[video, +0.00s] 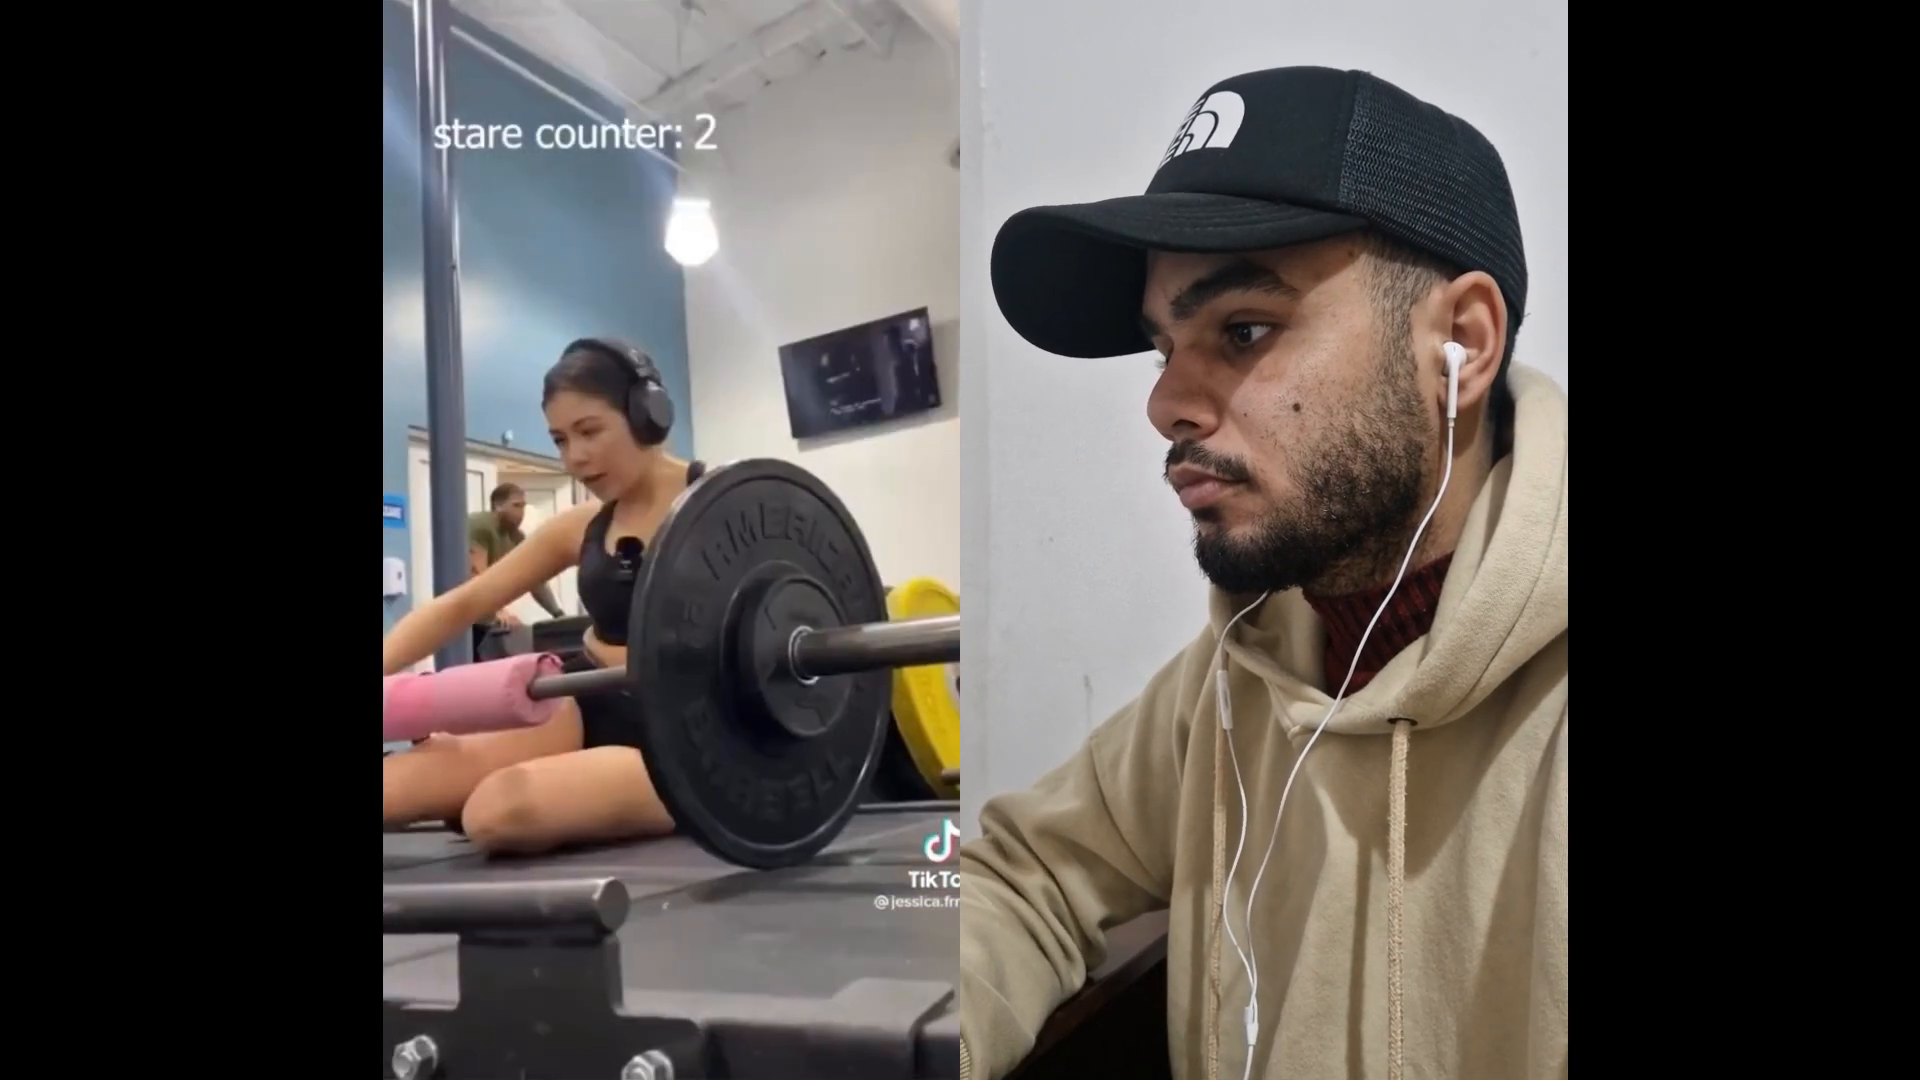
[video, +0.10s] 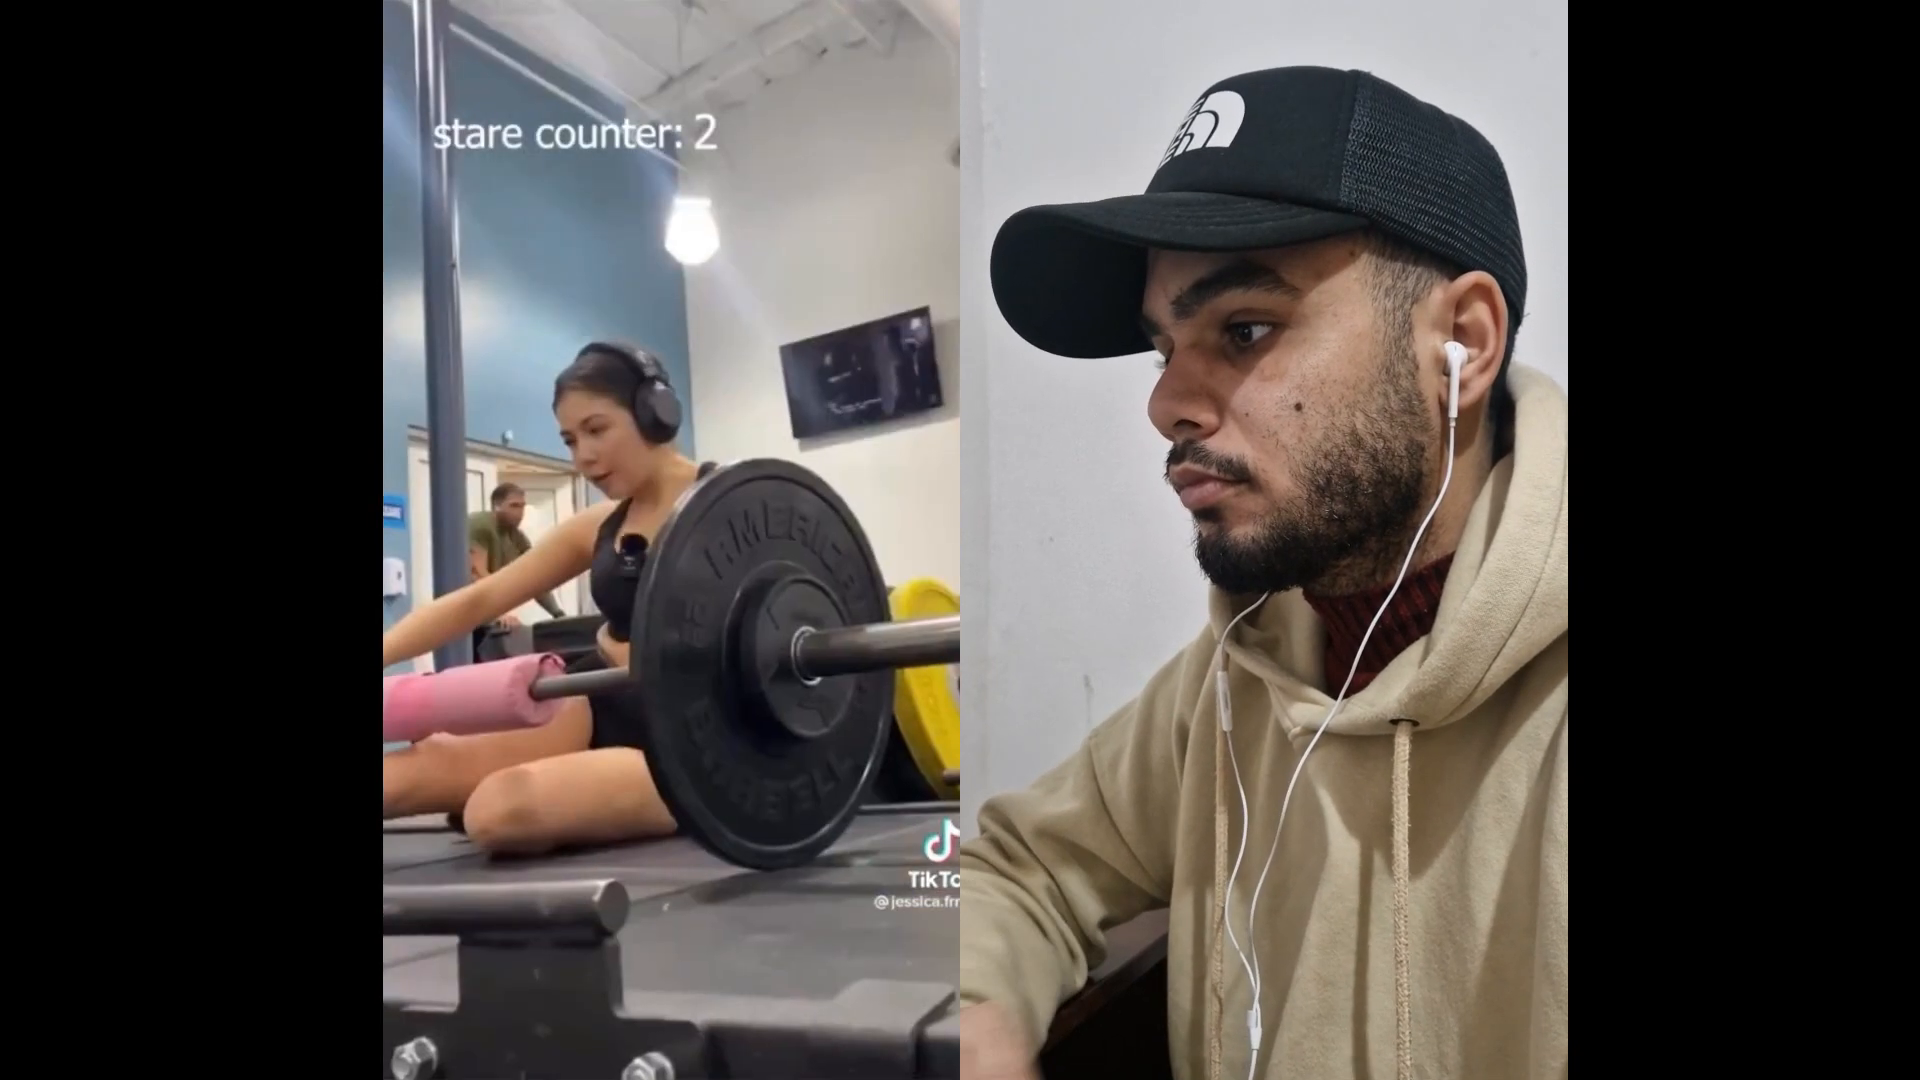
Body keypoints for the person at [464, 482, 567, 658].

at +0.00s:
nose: (521, 512)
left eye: (523, 506)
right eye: (516, 506)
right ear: (498, 506)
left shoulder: (517, 538)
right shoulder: (480, 527)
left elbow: (536, 582)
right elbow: (477, 575)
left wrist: (558, 614)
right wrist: (499, 610)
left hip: (486, 617)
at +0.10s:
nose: (520, 512)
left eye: (522, 507)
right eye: (514, 506)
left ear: (525, 507)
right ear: (497, 506)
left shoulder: (518, 539)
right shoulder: (480, 526)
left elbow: (536, 581)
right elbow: (477, 572)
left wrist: (559, 614)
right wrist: (499, 612)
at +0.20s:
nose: (519, 513)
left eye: (521, 507)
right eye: (512, 506)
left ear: (524, 508)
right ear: (496, 506)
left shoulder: (519, 539)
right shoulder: (479, 526)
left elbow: (536, 581)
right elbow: (477, 573)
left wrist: (559, 614)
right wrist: (499, 612)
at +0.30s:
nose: (517, 513)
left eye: (521, 507)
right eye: (511, 506)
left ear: (524, 509)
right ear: (495, 505)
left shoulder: (520, 541)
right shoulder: (479, 526)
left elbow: (534, 582)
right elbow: (477, 575)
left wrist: (558, 614)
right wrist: (505, 615)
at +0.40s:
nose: (515, 513)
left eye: (519, 507)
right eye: (509, 506)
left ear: (523, 509)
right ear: (493, 504)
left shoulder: (519, 540)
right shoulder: (478, 525)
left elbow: (534, 582)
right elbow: (477, 576)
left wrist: (558, 614)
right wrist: (505, 616)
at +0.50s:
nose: (512, 512)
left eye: (517, 507)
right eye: (507, 505)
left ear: (522, 510)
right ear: (493, 503)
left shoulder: (518, 538)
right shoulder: (478, 525)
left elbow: (535, 579)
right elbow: (476, 575)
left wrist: (558, 615)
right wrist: (502, 613)